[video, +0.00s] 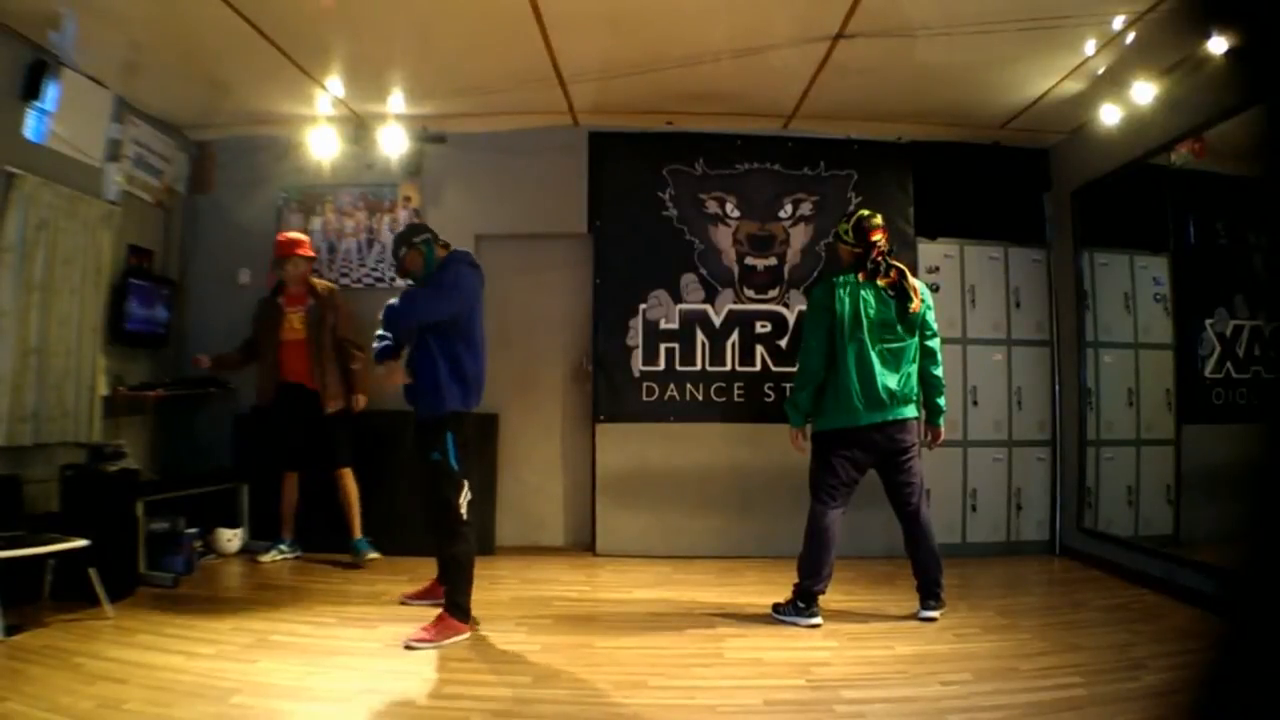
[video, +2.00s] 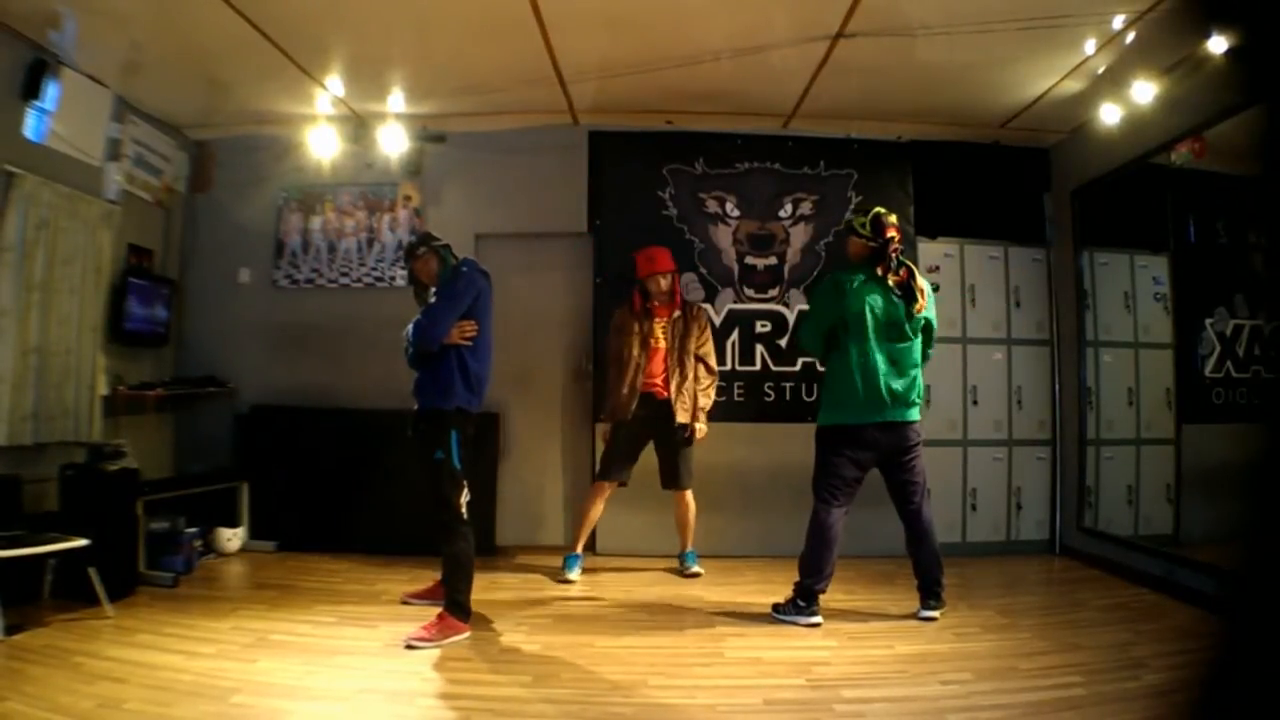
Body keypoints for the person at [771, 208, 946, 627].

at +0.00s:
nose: (835, 250)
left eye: (839, 244)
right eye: (837, 243)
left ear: (852, 249)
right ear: (880, 247)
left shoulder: (830, 291)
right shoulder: (914, 290)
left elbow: (813, 358)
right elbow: (931, 357)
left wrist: (798, 412)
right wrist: (935, 411)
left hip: (844, 421)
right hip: (899, 420)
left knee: (827, 506)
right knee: (914, 508)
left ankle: (806, 600)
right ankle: (931, 598)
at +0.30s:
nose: (835, 250)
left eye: (840, 245)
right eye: (838, 243)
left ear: (852, 249)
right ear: (880, 246)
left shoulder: (830, 290)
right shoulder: (912, 288)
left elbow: (804, 352)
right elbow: (938, 344)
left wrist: (773, 396)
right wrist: (954, 392)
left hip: (842, 422)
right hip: (899, 420)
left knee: (827, 506)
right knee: (914, 508)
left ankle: (806, 600)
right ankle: (931, 598)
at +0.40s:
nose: (832, 250)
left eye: (837, 245)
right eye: (836, 243)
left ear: (850, 249)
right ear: (878, 247)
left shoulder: (830, 287)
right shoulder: (911, 286)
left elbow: (793, 338)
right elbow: (944, 332)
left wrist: (742, 373)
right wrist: (977, 366)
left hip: (841, 420)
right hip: (898, 420)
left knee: (827, 505)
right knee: (913, 507)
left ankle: (806, 600)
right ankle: (932, 598)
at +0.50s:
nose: (834, 250)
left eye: (838, 245)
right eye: (837, 243)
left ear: (851, 249)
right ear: (879, 246)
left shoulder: (830, 287)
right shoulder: (910, 285)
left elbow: (783, 325)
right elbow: (954, 321)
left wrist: (722, 332)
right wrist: (998, 331)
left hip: (841, 421)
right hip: (897, 419)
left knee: (827, 505)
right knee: (913, 507)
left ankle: (807, 600)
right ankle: (931, 597)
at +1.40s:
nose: (835, 248)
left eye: (841, 243)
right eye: (838, 241)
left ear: (854, 248)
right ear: (884, 246)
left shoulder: (830, 285)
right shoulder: (914, 284)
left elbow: (797, 344)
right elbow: (948, 333)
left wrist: (756, 387)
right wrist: (987, 360)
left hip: (844, 418)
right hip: (899, 418)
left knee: (829, 504)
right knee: (915, 507)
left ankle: (806, 600)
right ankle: (931, 597)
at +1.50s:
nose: (835, 246)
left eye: (842, 240)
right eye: (838, 238)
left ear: (858, 247)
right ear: (882, 245)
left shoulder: (830, 288)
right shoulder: (916, 286)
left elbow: (819, 354)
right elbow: (932, 349)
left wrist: (816, 408)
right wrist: (938, 397)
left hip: (848, 417)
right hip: (901, 418)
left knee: (829, 504)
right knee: (915, 507)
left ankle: (806, 599)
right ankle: (931, 597)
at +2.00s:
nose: (842, 243)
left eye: (848, 236)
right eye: (846, 235)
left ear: (863, 245)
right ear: (887, 246)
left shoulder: (837, 285)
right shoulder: (918, 285)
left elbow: (807, 341)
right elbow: (924, 349)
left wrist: (843, 349)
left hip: (847, 416)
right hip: (903, 417)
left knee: (830, 505)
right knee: (916, 507)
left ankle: (806, 600)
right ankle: (932, 598)